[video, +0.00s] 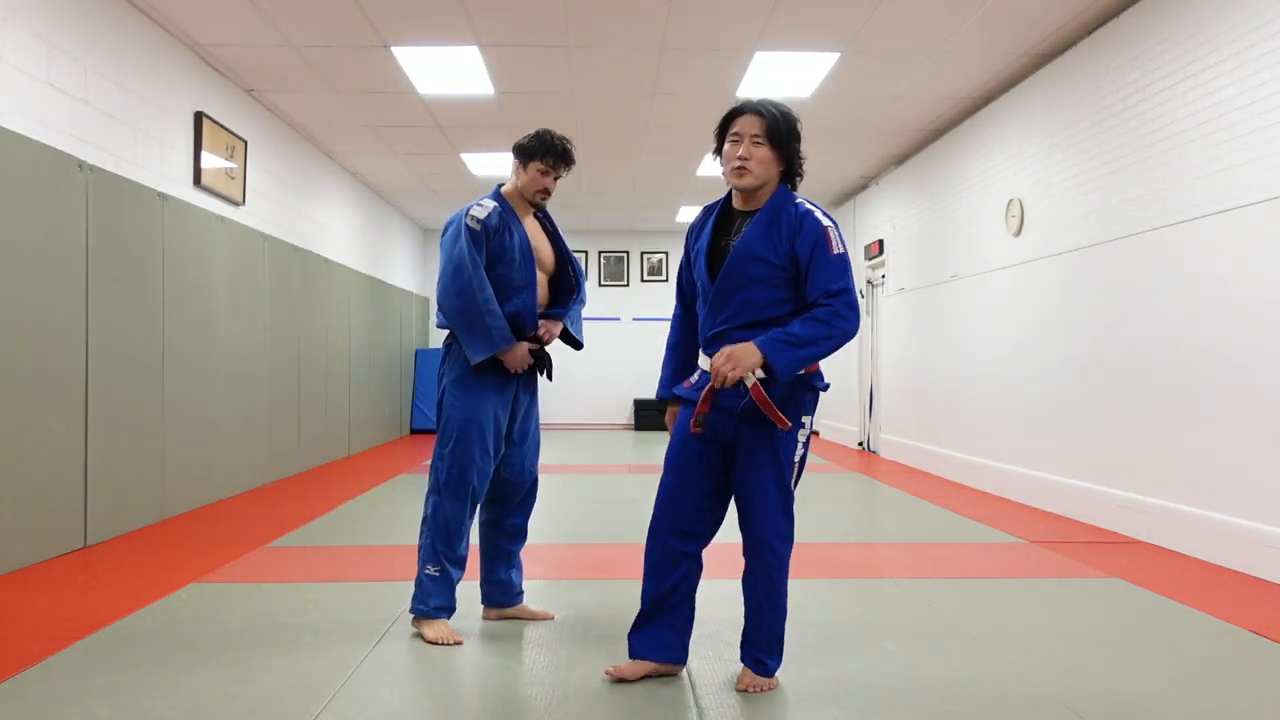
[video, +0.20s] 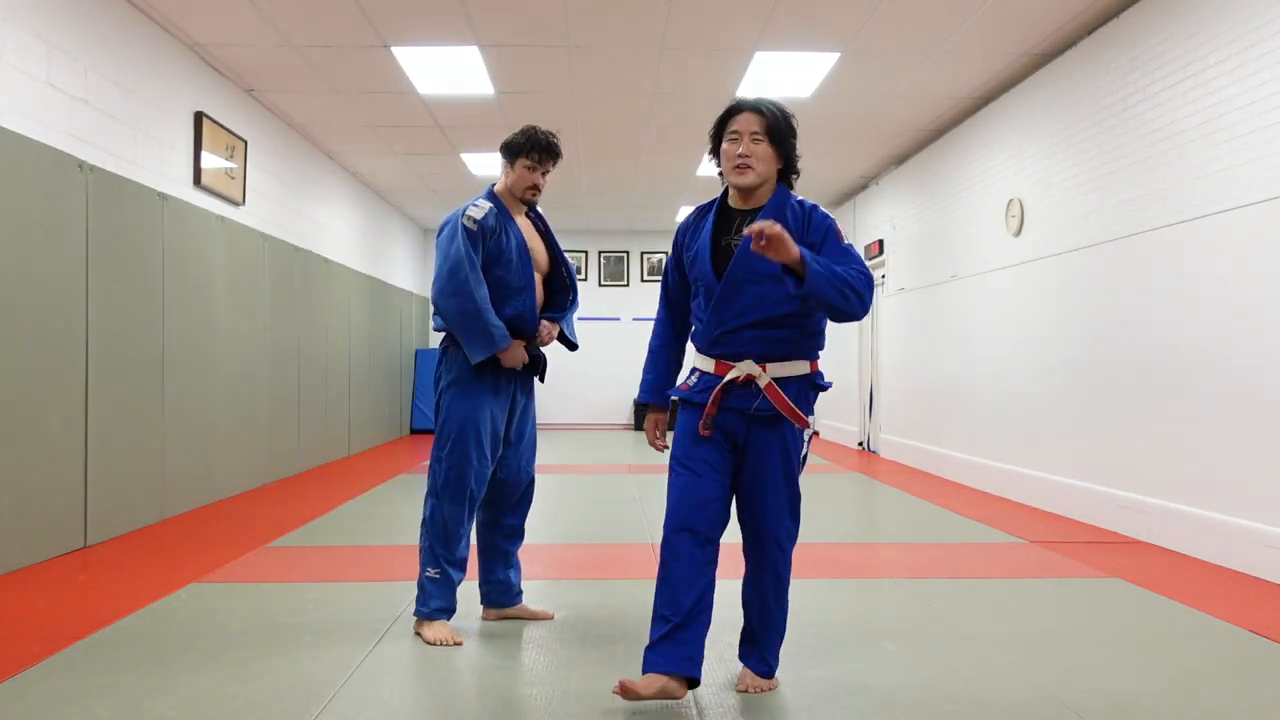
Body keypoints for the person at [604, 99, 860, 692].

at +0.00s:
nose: (742, 151)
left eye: (757, 142)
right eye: (734, 140)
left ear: (784, 157)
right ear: (721, 153)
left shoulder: (809, 224)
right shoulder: (705, 223)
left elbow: (840, 315)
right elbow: (686, 314)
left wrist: (762, 350)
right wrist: (674, 393)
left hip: (773, 400)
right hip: (706, 395)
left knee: (765, 540)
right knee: (673, 528)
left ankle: (761, 660)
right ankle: (660, 651)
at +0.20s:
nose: (742, 148)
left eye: (758, 139)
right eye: (732, 138)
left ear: (783, 155)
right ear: (719, 153)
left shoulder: (808, 221)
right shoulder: (695, 227)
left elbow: (857, 299)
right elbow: (671, 318)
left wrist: (798, 259)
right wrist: (656, 395)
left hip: (780, 393)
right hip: (707, 390)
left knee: (767, 534)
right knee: (687, 527)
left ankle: (759, 660)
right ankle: (671, 667)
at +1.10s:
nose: (645, 129)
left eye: (657, 114)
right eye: (628, 120)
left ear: (684, 124)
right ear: (612, 142)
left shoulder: (732, 188)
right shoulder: (599, 218)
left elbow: (805, 257)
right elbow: (583, 318)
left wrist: (755, 215)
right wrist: (580, 414)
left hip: (741, 391)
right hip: (654, 399)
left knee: (762, 537)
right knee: (665, 565)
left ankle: (775, 639)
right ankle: (679, 708)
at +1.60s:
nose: (671, 120)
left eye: (683, 107)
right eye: (655, 111)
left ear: (707, 121)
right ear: (637, 131)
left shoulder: (750, 187)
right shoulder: (620, 218)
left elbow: (813, 255)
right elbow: (601, 319)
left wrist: (777, 242)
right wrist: (598, 415)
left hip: (750, 390)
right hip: (664, 396)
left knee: (770, 541)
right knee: (669, 563)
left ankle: (787, 645)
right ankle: (679, 709)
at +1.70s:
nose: (690, 122)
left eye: (702, 112)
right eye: (676, 114)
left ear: (726, 129)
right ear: (656, 135)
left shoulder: (762, 196)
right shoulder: (635, 223)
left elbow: (802, 252)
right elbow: (615, 322)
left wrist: (807, 324)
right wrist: (611, 413)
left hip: (757, 390)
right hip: (671, 399)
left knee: (774, 542)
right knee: (672, 562)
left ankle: (788, 652)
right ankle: (679, 709)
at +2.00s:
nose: (720, 151)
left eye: (736, 142)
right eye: (715, 143)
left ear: (771, 156)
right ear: (709, 157)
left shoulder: (811, 234)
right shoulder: (686, 234)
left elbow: (842, 332)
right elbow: (665, 327)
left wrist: (842, 424)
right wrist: (662, 411)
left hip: (787, 409)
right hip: (705, 408)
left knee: (781, 549)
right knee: (700, 547)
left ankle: (774, 662)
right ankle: (694, 688)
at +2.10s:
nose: (729, 150)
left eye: (745, 140)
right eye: (727, 140)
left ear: (781, 154)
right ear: (723, 153)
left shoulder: (818, 231)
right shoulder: (695, 231)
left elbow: (855, 327)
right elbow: (674, 319)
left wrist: (864, 419)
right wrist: (671, 402)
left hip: (787, 406)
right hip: (709, 402)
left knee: (781, 541)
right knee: (695, 535)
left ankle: (775, 661)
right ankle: (698, 674)